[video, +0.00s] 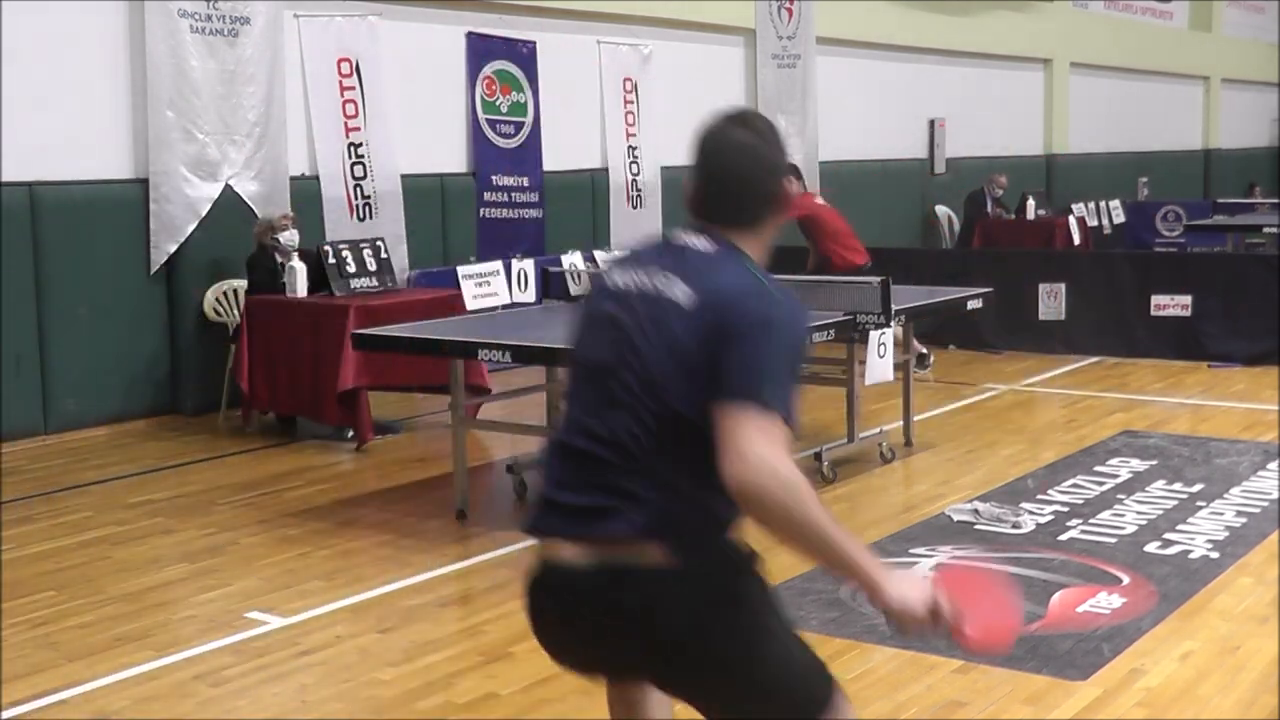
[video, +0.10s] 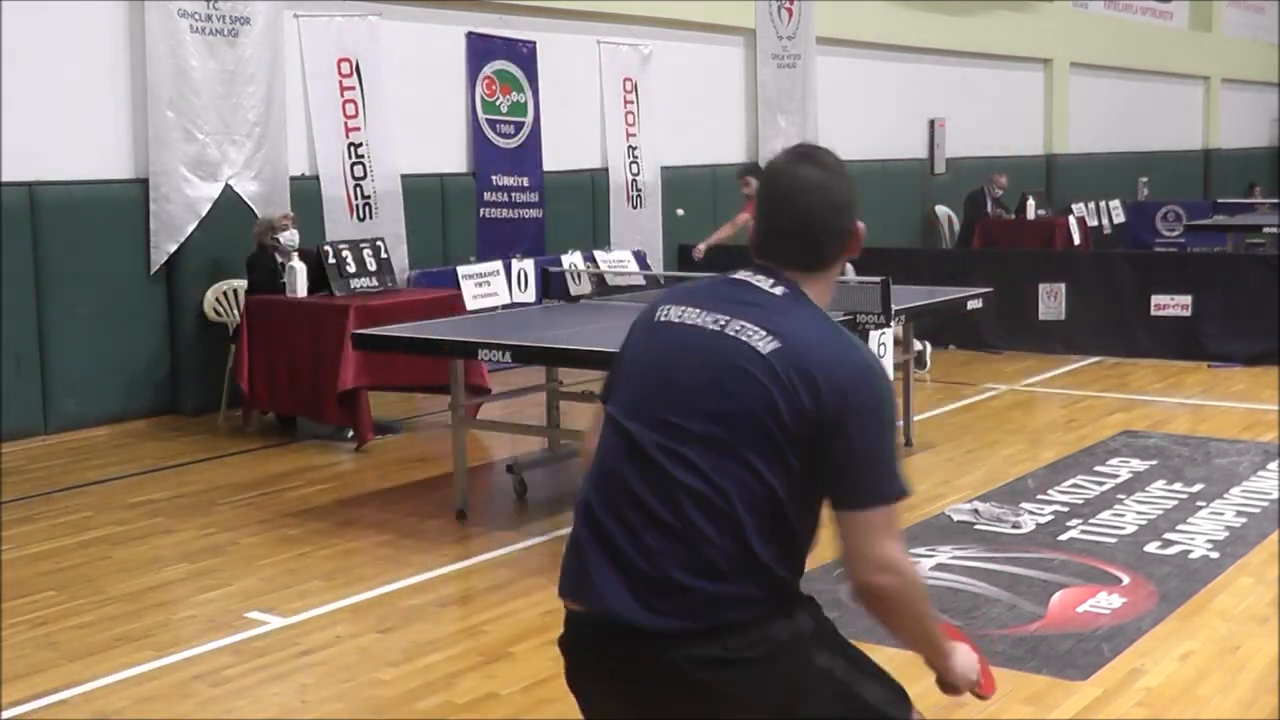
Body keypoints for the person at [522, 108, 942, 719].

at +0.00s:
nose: (796, 193)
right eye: (792, 181)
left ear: (692, 195)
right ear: (783, 201)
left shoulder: (619, 274)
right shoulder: (756, 302)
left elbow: (588, 417)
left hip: (560, 593)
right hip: (675, 595)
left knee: (633, 663)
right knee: (822, 707)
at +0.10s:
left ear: (752, 223)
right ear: (854, 242)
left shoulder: (667, 307)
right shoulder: (844, 369)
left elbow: (599, 454)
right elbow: (875, 570)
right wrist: (943, 654)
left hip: (601, 640)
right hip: (737, 646)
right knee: (887, 708)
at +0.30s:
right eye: (816, 148)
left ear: (711, 147)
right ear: (812, 160)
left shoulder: (607, 228)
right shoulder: (808, 285)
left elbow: (484, 333)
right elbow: (867, 482)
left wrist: (491, 422)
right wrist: (944, 544)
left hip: (554, 578)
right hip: (705, 593)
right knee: (804, 709)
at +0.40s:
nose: (783, 146)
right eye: (785, 135)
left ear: (677, 129)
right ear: (779, 142)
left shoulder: (581, 208)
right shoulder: (798, 256)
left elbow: (464, 336)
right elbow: (847, 454)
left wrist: (450, 441)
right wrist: (918, 535)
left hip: (515, 550)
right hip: (669, 565)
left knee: (519, 710)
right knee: (788, 707)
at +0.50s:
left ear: (619, 172)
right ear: (721, 183)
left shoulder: (530, 252)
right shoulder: (754, 282)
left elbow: (443, 417)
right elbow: (818, 474)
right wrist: (880, 546)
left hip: (471, 598)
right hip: (632, 616)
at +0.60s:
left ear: (570, 198)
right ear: (667, 211)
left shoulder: (482, 279)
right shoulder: (702, 312)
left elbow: (374, 433)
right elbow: (776, 498)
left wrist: (357, 501)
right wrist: (804, 573)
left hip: (425, 631)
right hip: (598, 638)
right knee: (709, 712)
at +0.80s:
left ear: (392, 276)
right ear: (487, 286)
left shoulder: (343, 333)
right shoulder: (535, 390)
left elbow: (232, 469)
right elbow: (522, 523)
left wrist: (212, 433)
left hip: (337, 674)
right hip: (489, 683)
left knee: (217, 706)